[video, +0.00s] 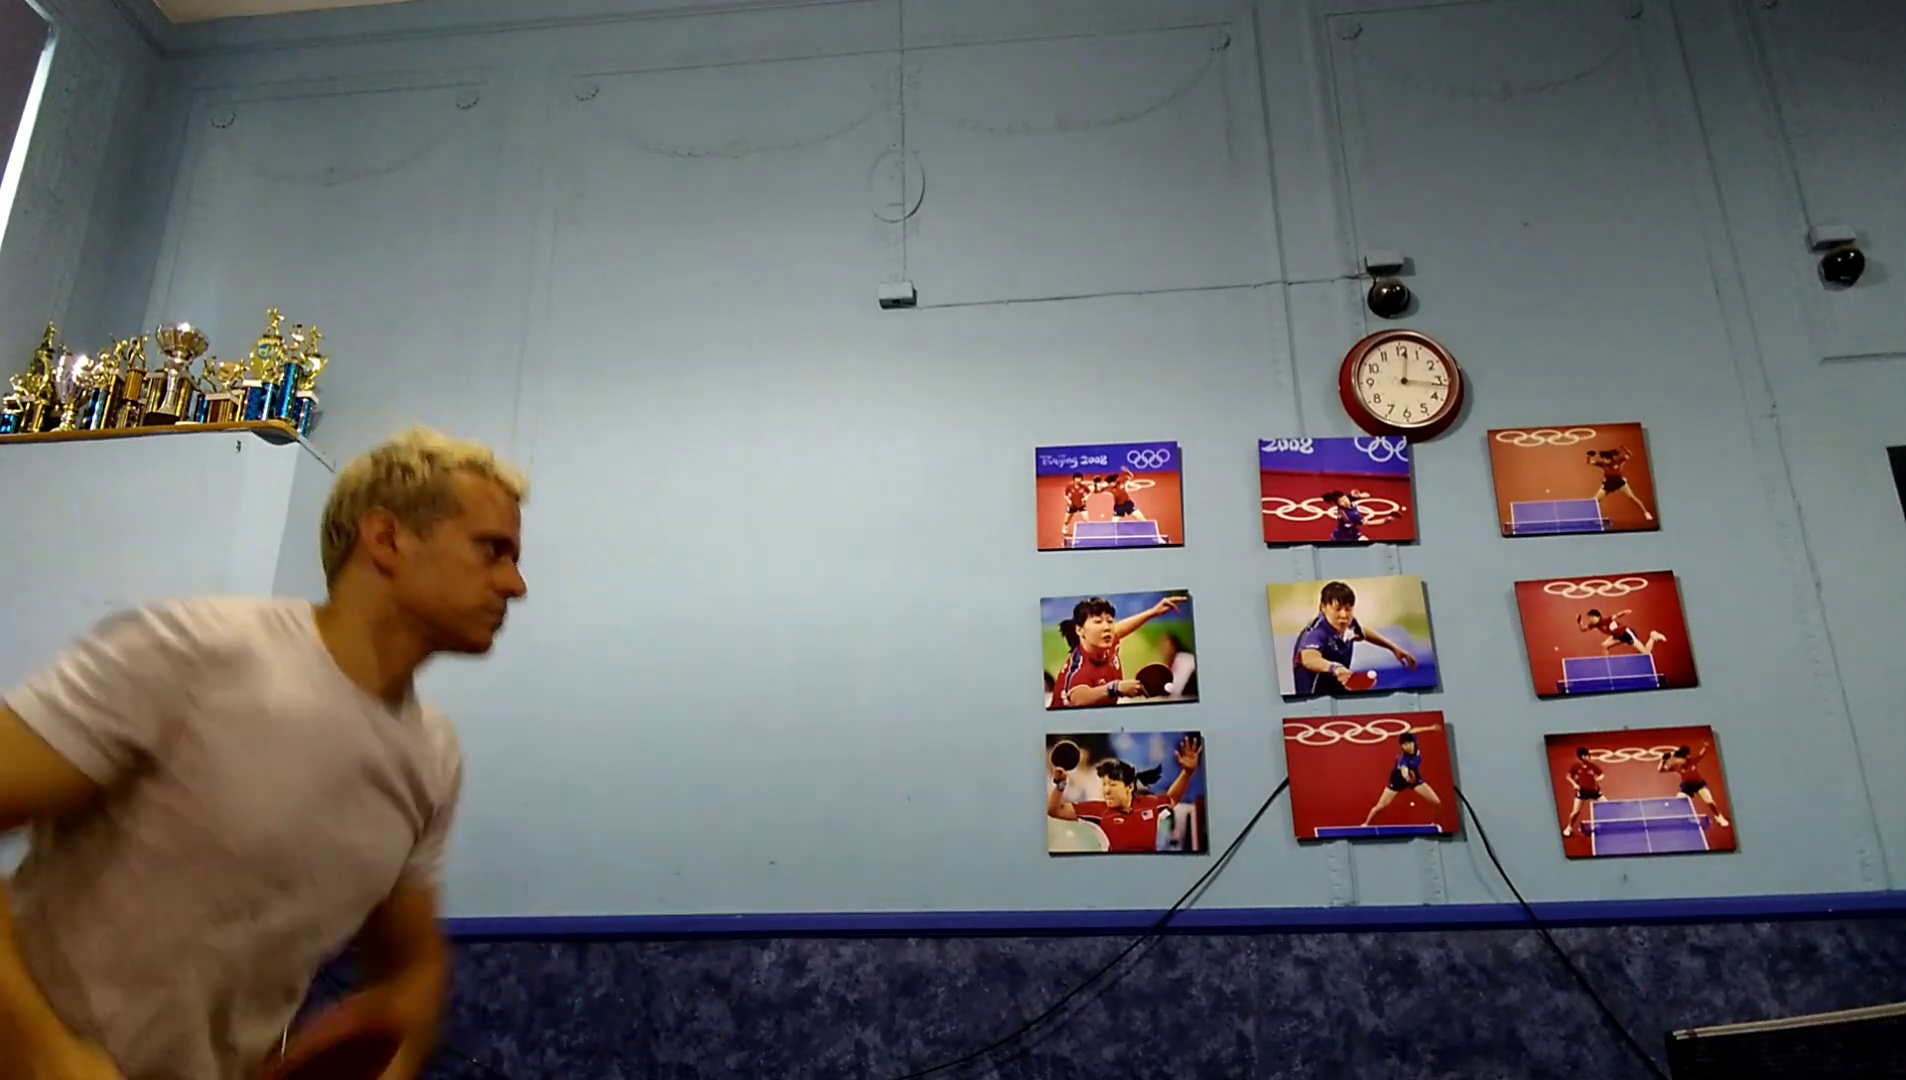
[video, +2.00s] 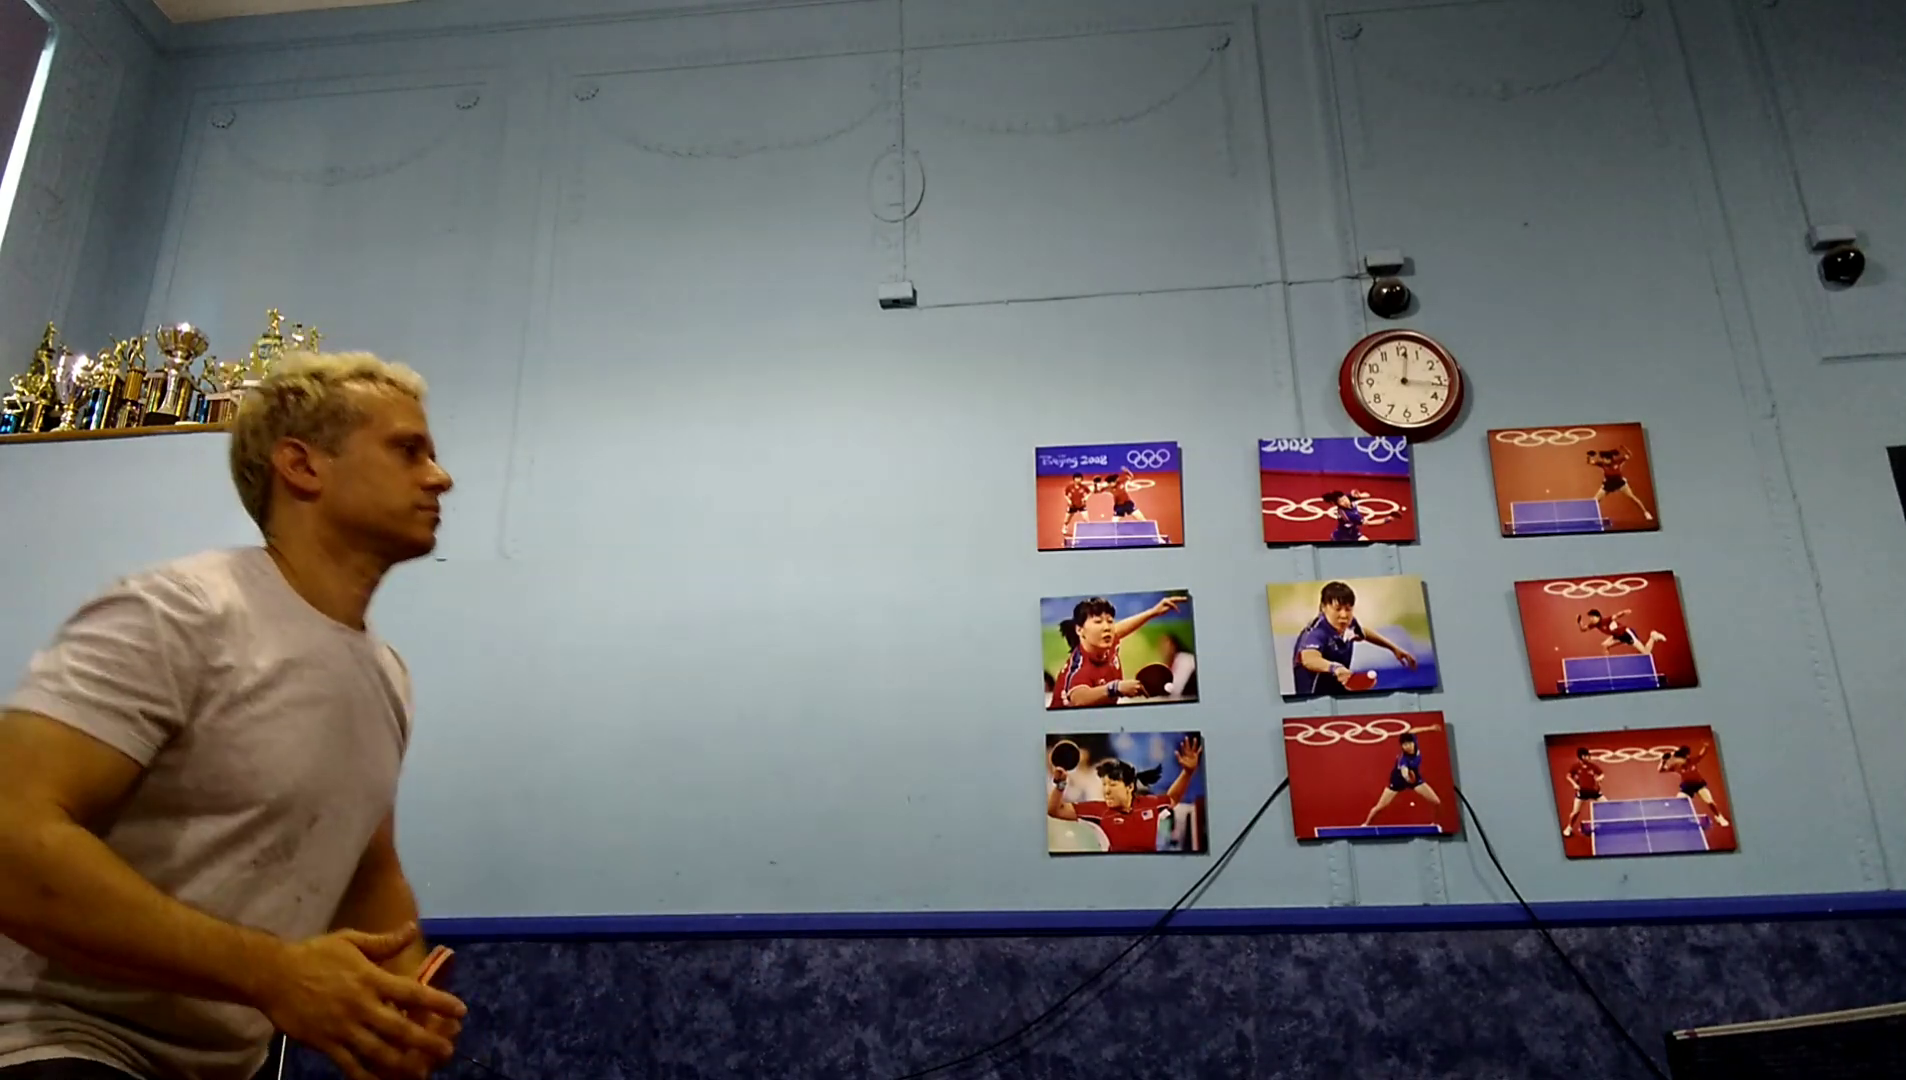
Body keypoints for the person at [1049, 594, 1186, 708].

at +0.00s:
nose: (1107, 628)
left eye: (1110, 622)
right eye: (1098, 622)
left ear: (1114, 626)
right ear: (1080, 630)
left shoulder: (1109, 644)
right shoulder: (1078, 666)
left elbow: (1119, 630)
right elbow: (1078, 699)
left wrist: (1154, 611)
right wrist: (1115, 687)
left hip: (1101, 725)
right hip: (1069, 730)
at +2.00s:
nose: (1107, 628)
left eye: (1109, 622)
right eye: (1098, 622)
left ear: (1114, 626)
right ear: (1080, 630)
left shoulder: (1109, 644)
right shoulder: (1079, 666)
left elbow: (1120, 630)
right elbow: (1078, 698)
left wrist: (1154, 611)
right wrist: (1115, 687)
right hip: (1069, 730)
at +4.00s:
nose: (1106, 628)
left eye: (1109, 622)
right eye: (1098, 622)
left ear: (1114, 626)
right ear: (1080, 630)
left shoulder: (1109, 645)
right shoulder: (1079, 666)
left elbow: (1118, 630)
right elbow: (1078, 698)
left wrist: (1154, 612)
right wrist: (1116, 687)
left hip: (1102, 723)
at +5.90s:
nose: (1107, 628)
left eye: (1109, 622)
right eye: (1098, 622)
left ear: (1114, 626)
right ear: (1080, 630)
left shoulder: (1109, 645)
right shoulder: (1079, 666)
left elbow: (1119, 630)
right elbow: (1078, 698)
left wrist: (1154, 612)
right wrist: (1115, 687)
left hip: (1102, 724)